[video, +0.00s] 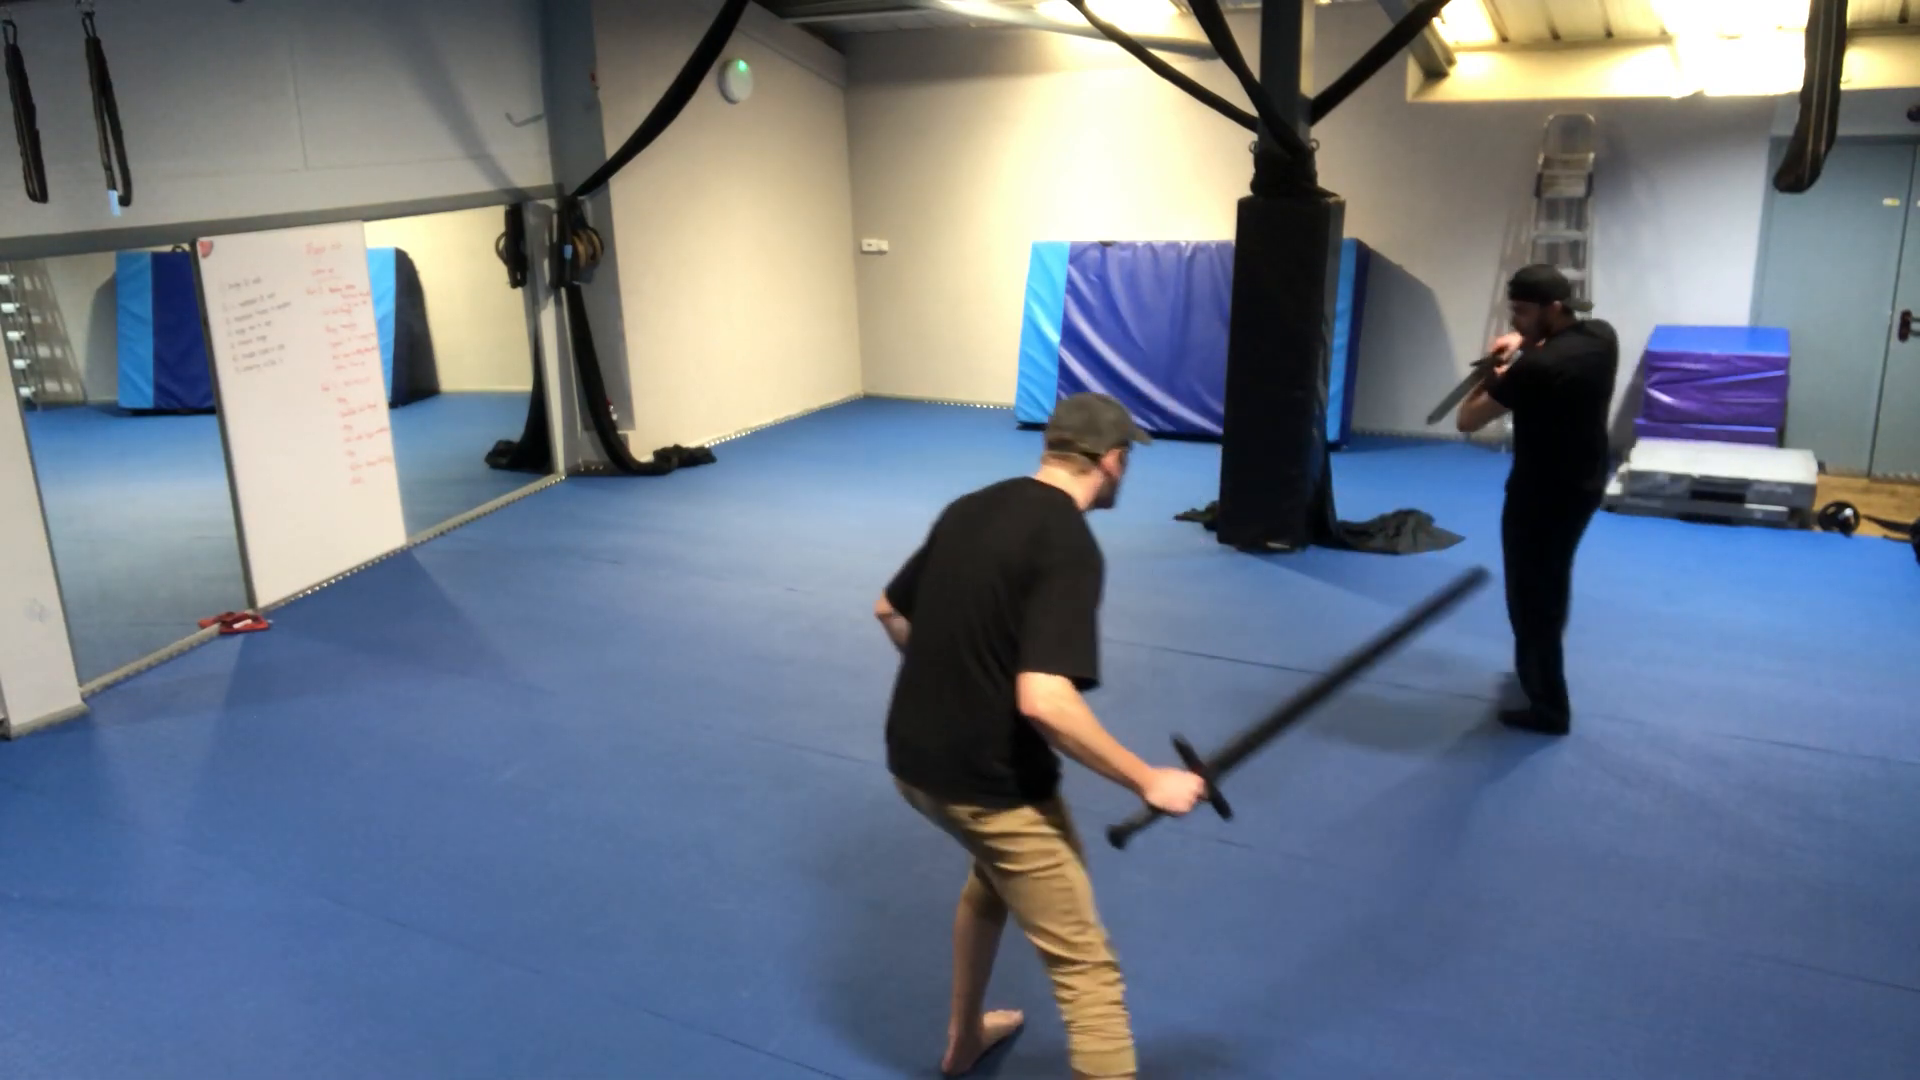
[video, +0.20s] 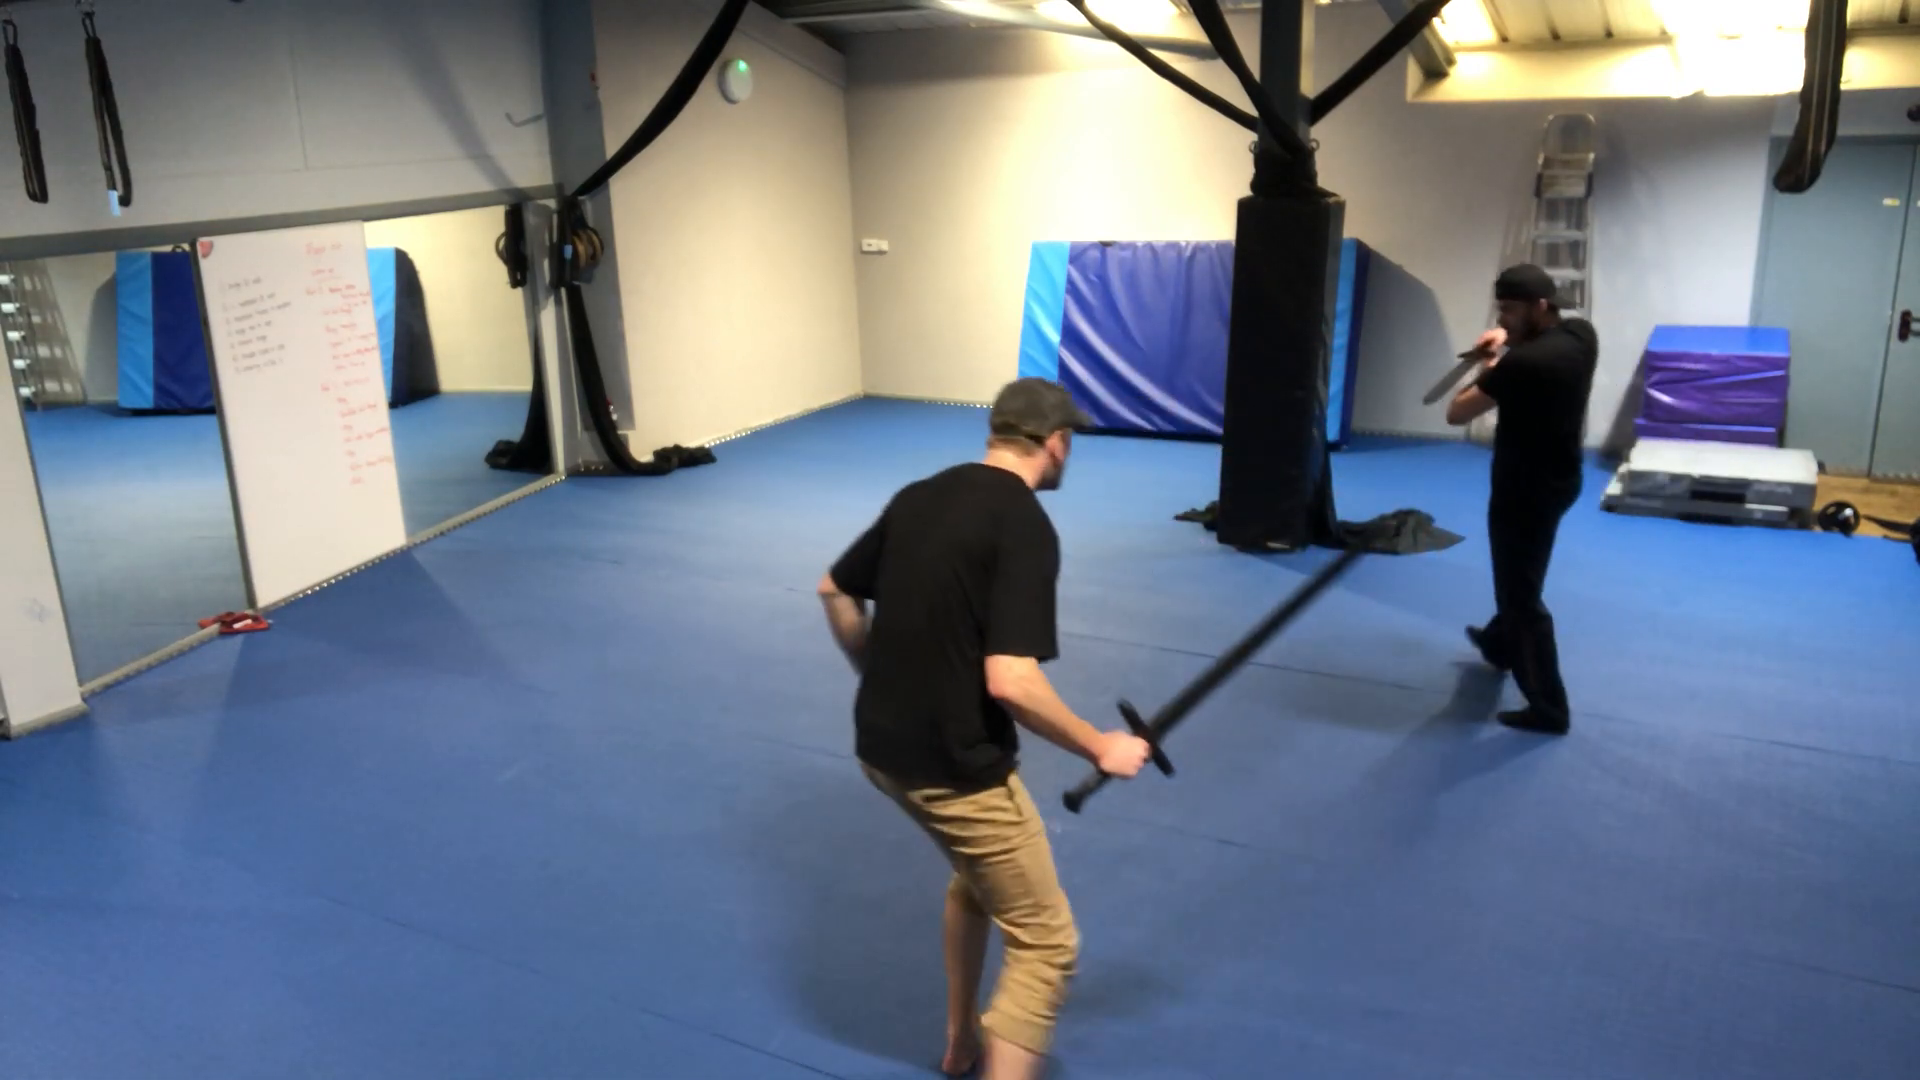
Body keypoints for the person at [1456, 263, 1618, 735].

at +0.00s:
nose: (1515, 319)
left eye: (1522, 311)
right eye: (1513, 310)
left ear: (1552, 310)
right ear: (1562, 309)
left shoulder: (1535, 366)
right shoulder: (1602, 337)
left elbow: (1468, 420)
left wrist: (1496, 372)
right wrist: (1517, 357)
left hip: (1538, 493)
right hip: (1583, 485)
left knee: (1529, 596)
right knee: (1550, 581)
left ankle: (1548, 709)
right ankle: (1538, 675)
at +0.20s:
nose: (1504, 319)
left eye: (1510, 311)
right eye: (1501, 311)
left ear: (1540, 307)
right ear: (1548, 307)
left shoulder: (1520, 362)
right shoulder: (1582, 335)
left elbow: (1457, 412)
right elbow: (1539, 338)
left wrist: (1488, 365)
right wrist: (1504, 337)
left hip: (1521, 488)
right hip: (1561, 479)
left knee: (1519, 596)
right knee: (1523, 568)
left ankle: (1549, 709)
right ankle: (1502, 641)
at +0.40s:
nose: (1491, 310)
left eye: (1498, 302)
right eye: (1488, 301)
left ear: (1528, 299)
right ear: (1535, 299)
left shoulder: (1510, 351)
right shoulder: (1563, 328)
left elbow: (1451, 402)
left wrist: (1471, 357)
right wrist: (1491, 335)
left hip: (1505, 473)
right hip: (1538, 466)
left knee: (1510, 577)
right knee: (1502, 564)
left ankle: (1546, 697)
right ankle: (1492, 650)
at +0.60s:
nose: (1476, 305)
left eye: (1483, 297)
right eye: (1474, 297)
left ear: (1511, 293)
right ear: (1516, 293)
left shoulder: (1502, 342)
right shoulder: (1543, 320)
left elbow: (1440, 392)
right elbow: (1514, 308)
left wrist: (1453, 344)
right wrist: (1477, 316)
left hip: (1493, 463)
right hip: (1519, 457)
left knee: (1469, 568)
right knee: (1490, 561)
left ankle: (1528, 668)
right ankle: (1491, 649)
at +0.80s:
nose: (1464, 301)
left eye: (1470, 292)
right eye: (1461, 293)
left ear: (1498, 290)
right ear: (1502, 289)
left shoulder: (1492, 340)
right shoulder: (1525, 317)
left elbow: (1424, 382)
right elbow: (1502, 290)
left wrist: (1434, 330)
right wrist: (1460, 308)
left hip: (1481, 459)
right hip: (1505, 454)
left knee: (1436, 554)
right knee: (1483, 552)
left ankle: (1472, 662)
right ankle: (1490, 654)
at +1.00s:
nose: (1442, 300)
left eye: (1450, 291)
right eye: (1443, 290)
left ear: (1478, 291)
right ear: (1483, 292)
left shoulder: (1472, 341)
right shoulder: (1507, 321)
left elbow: (1404, 378)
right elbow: (1490, 295)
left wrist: (1416, 325)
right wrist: (1442, 304)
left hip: (1464, 464)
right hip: (1490, 458)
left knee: (1420, 559)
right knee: (1472, 554)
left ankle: (1389, 664)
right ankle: (1487, 651)